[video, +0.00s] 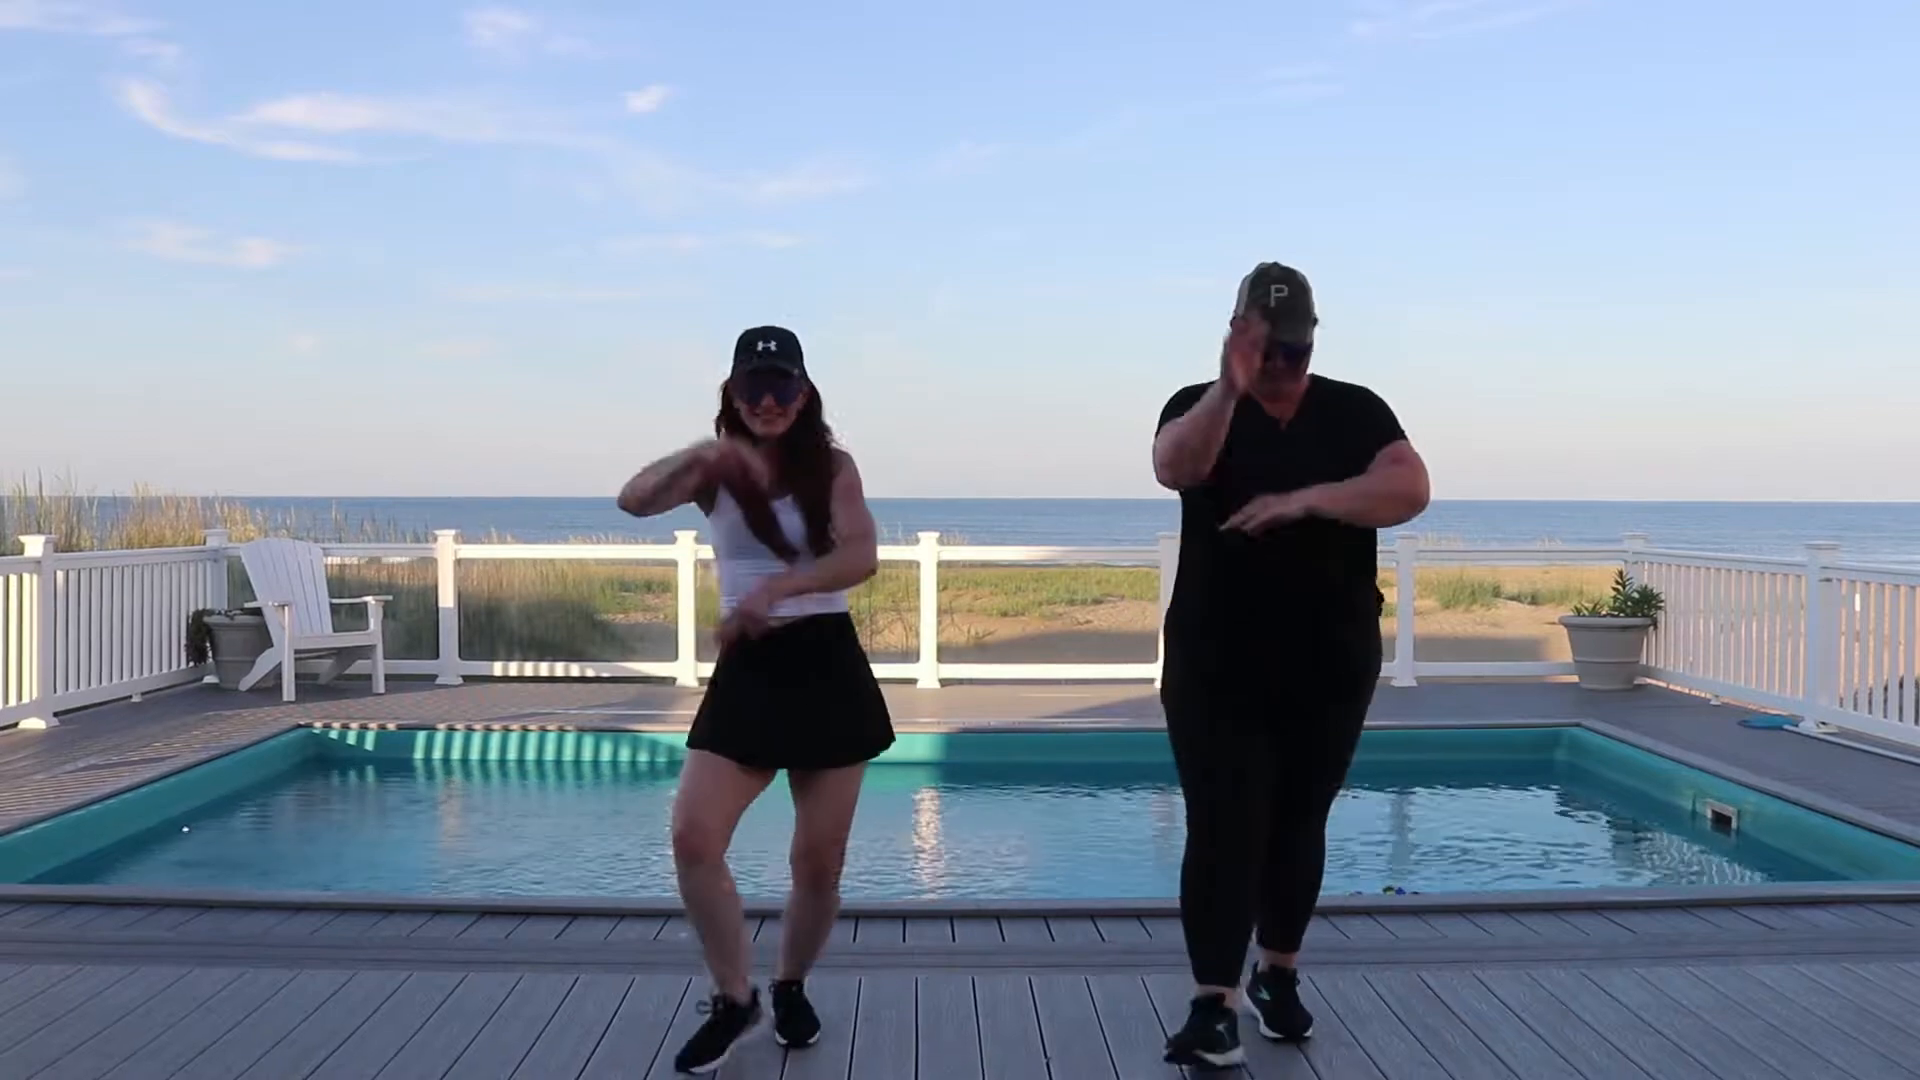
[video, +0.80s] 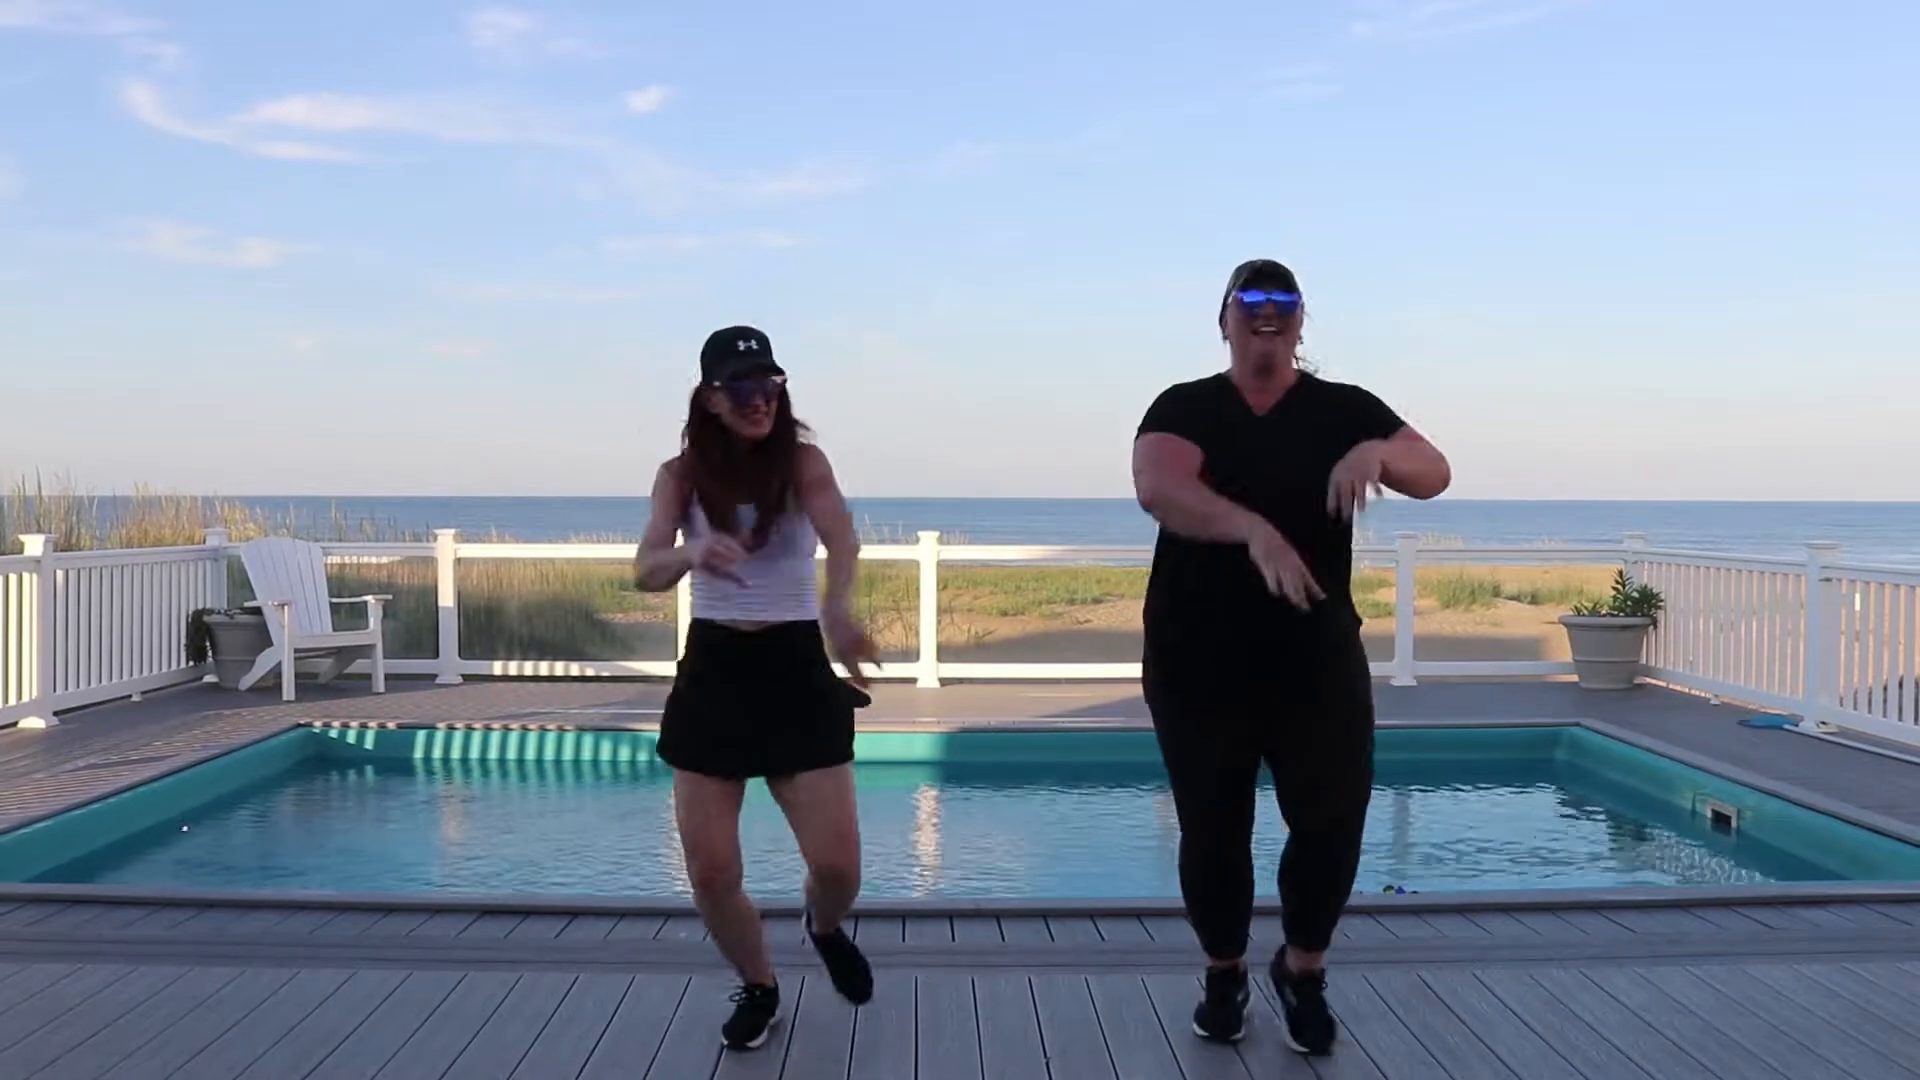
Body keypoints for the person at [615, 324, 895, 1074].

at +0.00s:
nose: (773, 399)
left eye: (786, 386)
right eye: (758, 385)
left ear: (805, 391)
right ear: (734, 388)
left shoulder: (831, 467)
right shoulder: (714, 463)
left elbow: (860, 557)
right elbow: (634, 498)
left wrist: (771, 587)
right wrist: (701, 460)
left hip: (829, 668)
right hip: (748, 669)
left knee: (819, 863)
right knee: (693, 839)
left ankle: (792, 985)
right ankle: (735, 1000)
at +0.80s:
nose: (756, 400)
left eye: (766, 386)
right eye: (738, 389)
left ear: (781, 388)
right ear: (708, 397)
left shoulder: (803, 462)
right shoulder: (683, 475)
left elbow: (843, 539)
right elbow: (647, 573)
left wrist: (838, 609)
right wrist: (691, 552)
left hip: (797, 669)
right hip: (713, 671)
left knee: (839, 864)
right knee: (710, 871)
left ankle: (827, 930)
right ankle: (758, 986)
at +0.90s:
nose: (770, 394)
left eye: (780, 382)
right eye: (753, 383)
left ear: (791, 388)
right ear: (720, 392)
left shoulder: (805, 463)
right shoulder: (685, 467)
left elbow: (862, 507)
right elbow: (656, 559)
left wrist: (870, 516)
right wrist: (749, 554)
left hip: (783, 667)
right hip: (701, 670)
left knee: (823, 852)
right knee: (704, 872)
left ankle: (807, 983)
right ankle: (758, 988)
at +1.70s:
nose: (749, 401)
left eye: (761, 387)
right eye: (733, 388)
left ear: (779, 393)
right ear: (707, 395)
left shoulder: (801, 470)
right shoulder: (683, 467)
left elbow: (842, 559)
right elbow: (610, 502)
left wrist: (784, 599)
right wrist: (686, 480)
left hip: (795, 672)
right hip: (711, 671)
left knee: (790, 870)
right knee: (661, 858)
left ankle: (748, 993)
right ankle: (688, 980)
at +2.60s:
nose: (707, 395)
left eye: (722, 381)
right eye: (691, 383)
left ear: (744, 391)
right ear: (671, 394)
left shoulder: (763, 467)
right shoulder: (642, 469)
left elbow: (814, 499)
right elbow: (619, 564)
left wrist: (832, 495)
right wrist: (725, 566)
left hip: (746, 670)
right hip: (664, 673)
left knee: (807, 859)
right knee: (659, 879)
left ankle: (787, 909)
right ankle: (721, 982)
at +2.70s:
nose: (721, 380)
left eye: (737, 368)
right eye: (707, 368)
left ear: (759, 378)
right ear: (686, 377)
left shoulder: (763, 456)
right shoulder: (656, 436)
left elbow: (828, 494)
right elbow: (637, 520)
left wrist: (845, 413)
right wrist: (749, 529)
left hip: (737, 657)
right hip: (652, 661)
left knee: (773, 840)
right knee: (658, 866)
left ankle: (754, 989)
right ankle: (713, 981)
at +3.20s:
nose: (728, 369)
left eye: (743, 356)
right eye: (713, 358)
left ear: (764, 365)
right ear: (693, 367)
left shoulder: (771, 448)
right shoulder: (673, 426)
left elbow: (822, 513)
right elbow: (641, 504)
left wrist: (860, 429)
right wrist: (750, 539)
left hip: (722, 648)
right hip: (640, 645)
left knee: (737, 843)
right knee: (624, 845)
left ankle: (705, 1004)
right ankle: (626, 976)